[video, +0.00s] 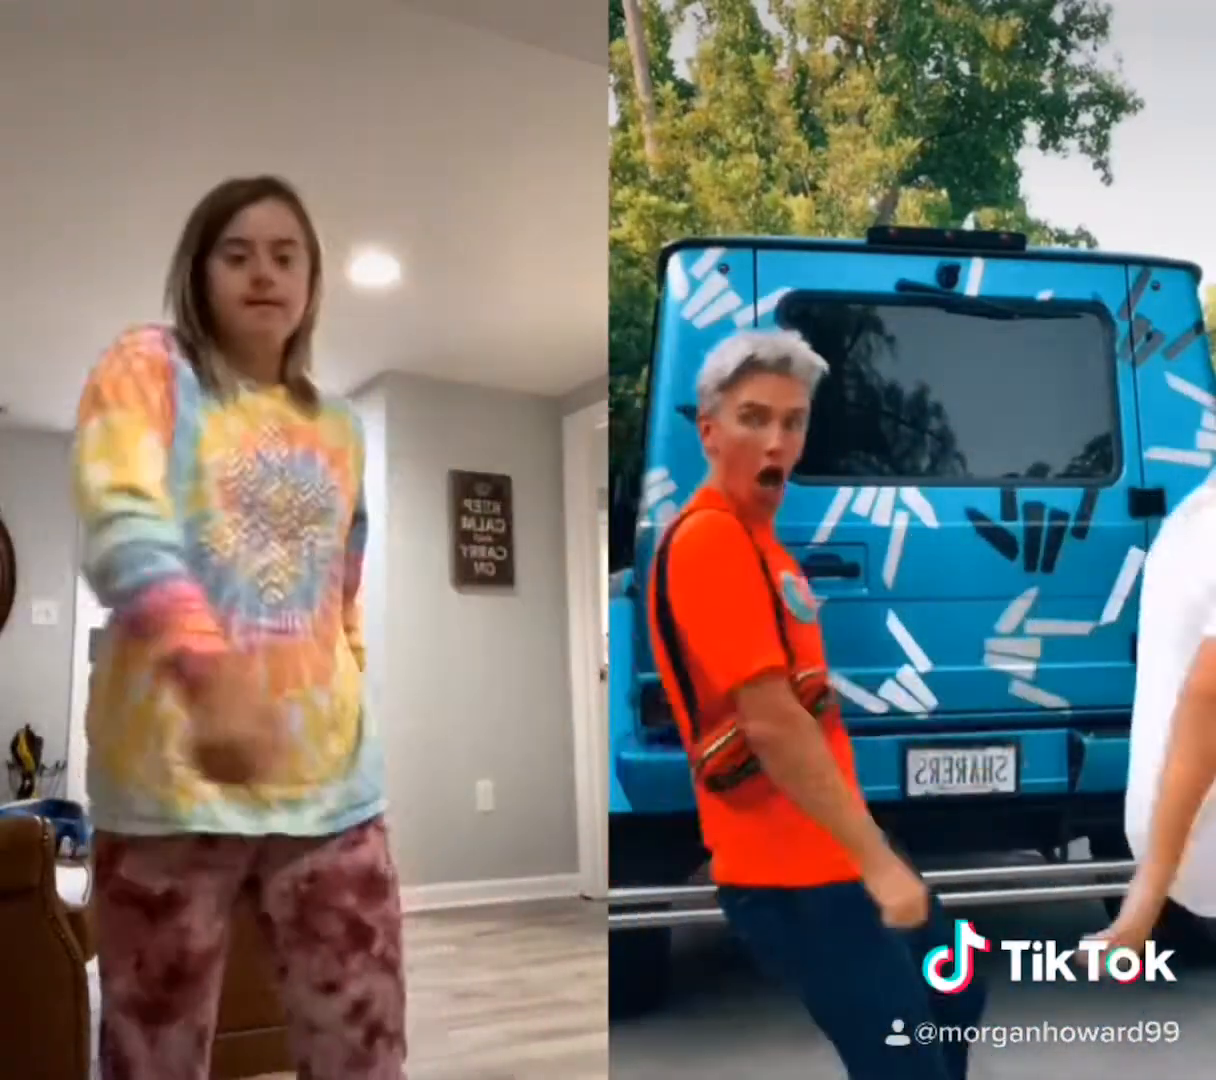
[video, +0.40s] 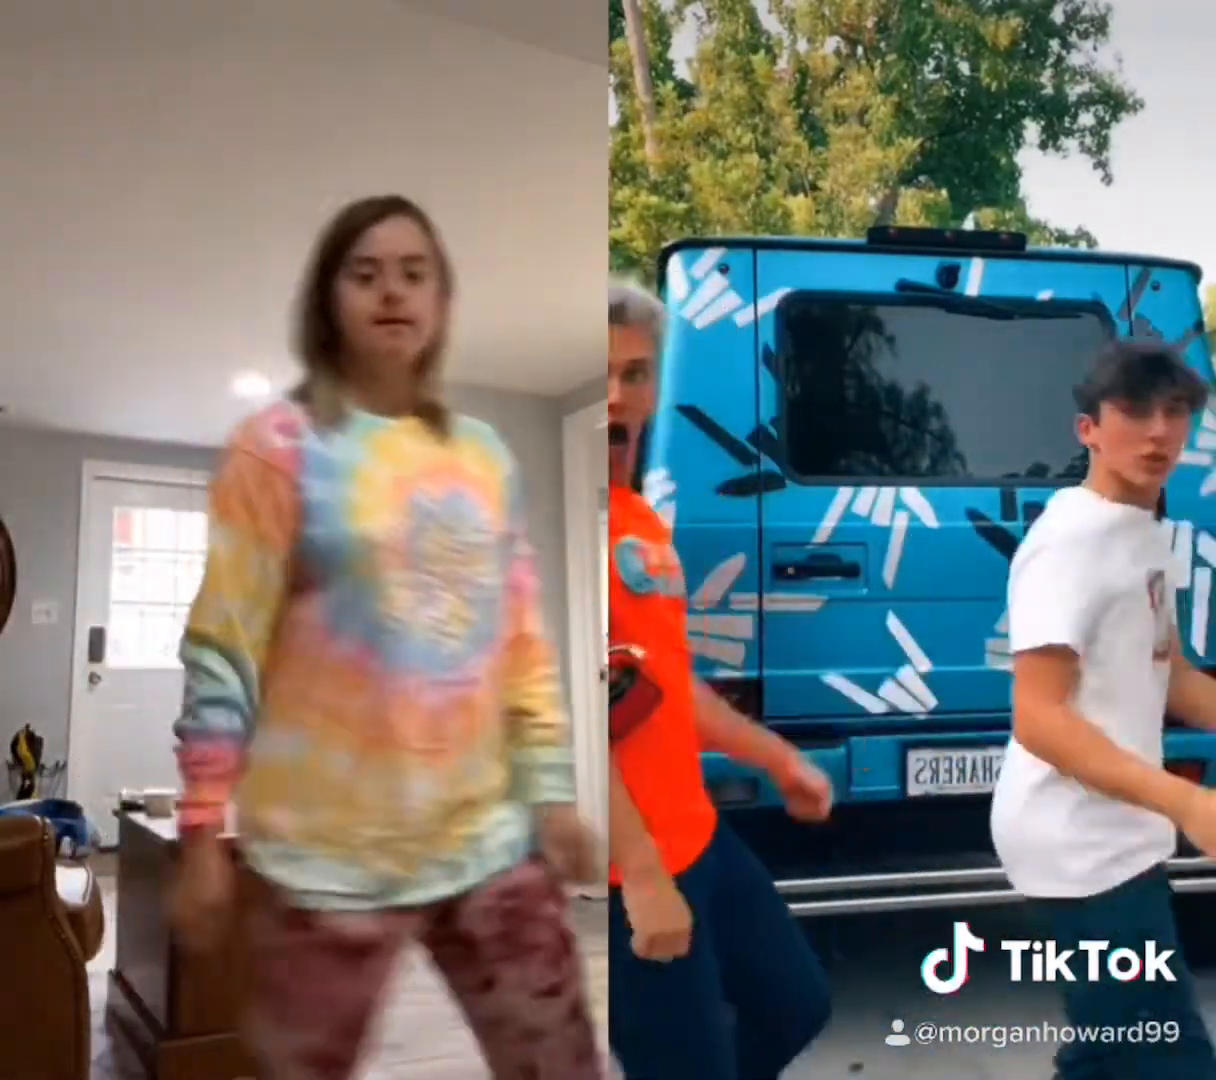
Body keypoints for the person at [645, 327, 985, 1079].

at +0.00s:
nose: (776, 443)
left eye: (792, 423)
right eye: (755, 419)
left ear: (806, 431)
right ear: (707, 427)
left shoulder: (749, 534)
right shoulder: (710, 536)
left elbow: (782, 709)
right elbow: (769, 720)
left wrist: (863, 853)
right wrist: (877, 861)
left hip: (821, 867)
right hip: (790, 879)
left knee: (957, 990)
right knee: (911, 1053)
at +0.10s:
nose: (770, 458)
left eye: (784, 437)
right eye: (747, 435)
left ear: (799, 449)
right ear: (703, 450)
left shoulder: (758, 555)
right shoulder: (703, 557)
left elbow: (827, 697)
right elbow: (714, 747)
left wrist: (944, 787)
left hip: (855, 859)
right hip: (804, 890)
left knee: (963, 986)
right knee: (919, 1056)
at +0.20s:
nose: (734, 421)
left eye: (750, 402)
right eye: (711, 397)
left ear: (765, 416)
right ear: (667, 413)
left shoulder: (736, 527)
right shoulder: (661, 522)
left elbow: (814, 655)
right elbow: (644, 714)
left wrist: (947, 673)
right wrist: (673, 898)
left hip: (813, 847)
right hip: (755, 869)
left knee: (906, 1015)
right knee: (869, 1055)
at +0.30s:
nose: (678, 388)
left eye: (696, 368)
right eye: (655, 365)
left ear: (715, 380)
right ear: (612, 378)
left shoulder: (689, 497)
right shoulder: (613, 488)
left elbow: (737, 644)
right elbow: (599, 678)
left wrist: (874, 657)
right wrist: (627, 852)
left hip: (747, 823)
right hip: (685, 847)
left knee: (835, 993)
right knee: (763, 1052)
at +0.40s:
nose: (615, 398)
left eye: (634, 375)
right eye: (597, 373)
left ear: (658, 388)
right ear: (559, 382)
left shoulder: (635, 517)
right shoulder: (560, 526)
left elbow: (660, 683)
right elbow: (568, 716)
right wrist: (641, 871)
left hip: (693, 842)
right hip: (623, 873)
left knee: (794, 1005)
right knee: (689, 1065)